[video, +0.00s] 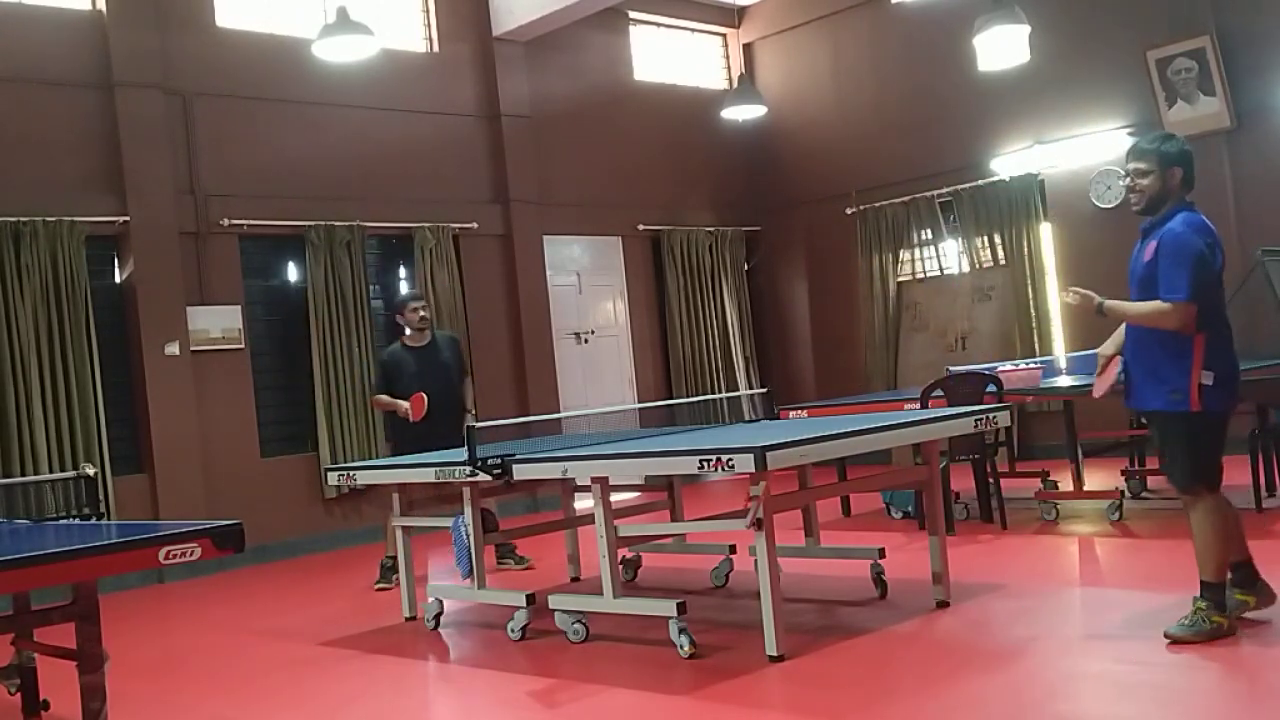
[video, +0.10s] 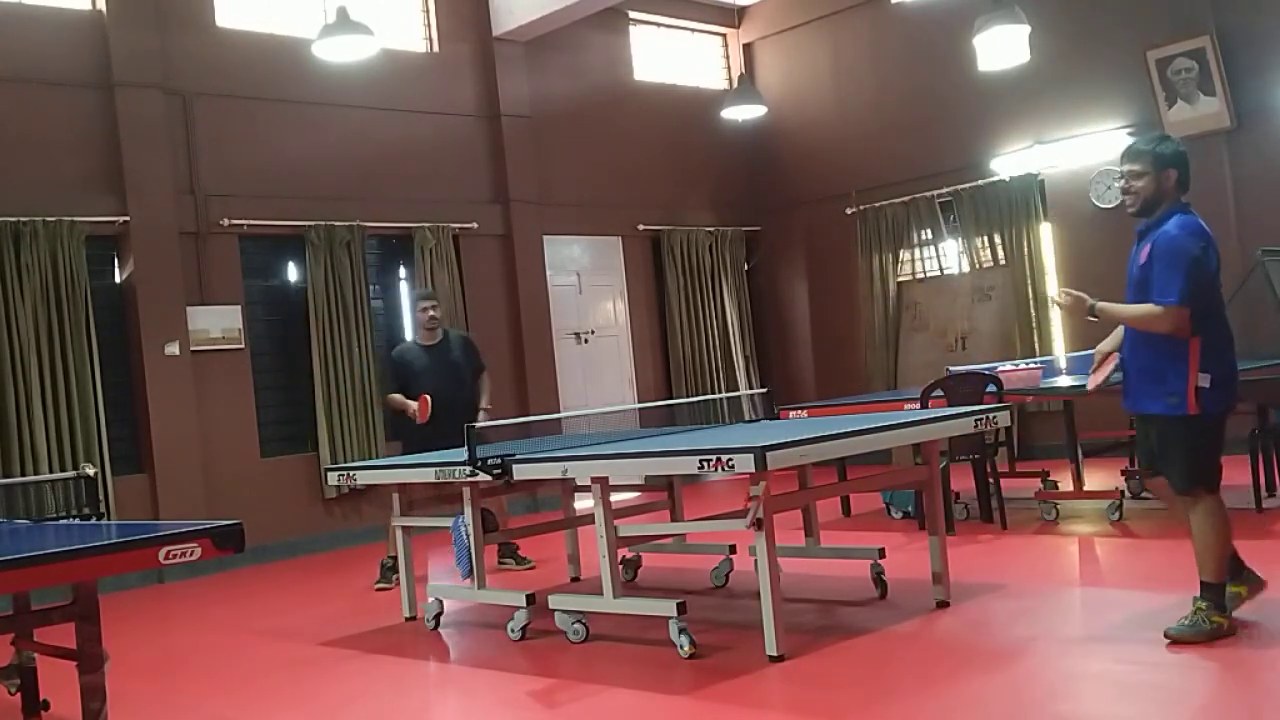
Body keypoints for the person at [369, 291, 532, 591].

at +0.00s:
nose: (423, 314)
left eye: (425, 309)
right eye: (415, 311)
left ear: (430, 312)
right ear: (402, 318)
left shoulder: (450, 343)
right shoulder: (390, 357)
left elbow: (465, 380)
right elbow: (378, 398)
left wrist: (469, 412)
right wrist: (398, 405)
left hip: (452, 437)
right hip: (410, 444)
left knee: (478, 494)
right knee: (401, 502)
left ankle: (503, 549)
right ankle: (390, 562)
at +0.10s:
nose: (430, 314)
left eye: (434, 308)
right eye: (423, 310)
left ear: (441, 312)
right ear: (415, 316)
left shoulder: (462, 343)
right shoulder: (401, 355)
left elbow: (482, 375)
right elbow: (390, 396)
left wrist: (484, 405)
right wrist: (408, 405)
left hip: (465, 436)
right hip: (421, 442)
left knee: (492, 489)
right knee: (404, 499)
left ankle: (506, 548)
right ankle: (391, 562)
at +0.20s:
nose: (441, 313)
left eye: (444, 308)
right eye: (434, 310)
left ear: (451, 311)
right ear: (423, 315)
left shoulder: (470, 342)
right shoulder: (411, 354)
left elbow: (495, 370)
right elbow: (403, 393)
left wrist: (494, 401)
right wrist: (420, 406)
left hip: (473, 434)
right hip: (430, 440)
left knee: (495, 489)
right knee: (408, 499)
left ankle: (506, 548)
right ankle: (394, 561)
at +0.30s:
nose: (447, 313)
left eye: (450, 308)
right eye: (440, 309)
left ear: (456, 310)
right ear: (426, 315)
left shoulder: (474, 341)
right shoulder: (414, 353)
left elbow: (499, 371)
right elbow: (407, 391)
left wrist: (493, 399)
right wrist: (425, 405)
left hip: (474, 432)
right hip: (432, 437)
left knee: (497, 488)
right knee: (413, 497)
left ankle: (507, 548)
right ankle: (397, 561)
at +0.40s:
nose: (448, 313)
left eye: (451, 307)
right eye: (441, 309)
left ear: (456, 310)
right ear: (427, 315)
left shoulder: (473, 342)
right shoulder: (414, 352)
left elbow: (498, 374)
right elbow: (405, 392)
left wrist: (488, 402)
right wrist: (424, 404)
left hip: (472, 434)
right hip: (431, 438)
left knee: (496, 488)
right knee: (411, 498)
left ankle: (507, 549)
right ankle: (396, 561)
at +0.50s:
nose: (446, 312)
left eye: (449, 307)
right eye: (439, 308)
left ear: (454, 311)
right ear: (425, 315)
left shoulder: (471, 345)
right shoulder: (410, 353)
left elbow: (491, 380)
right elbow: (399, 395)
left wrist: (482, 404)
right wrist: (420, 403)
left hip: (470, 437)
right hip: (429, 442)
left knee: (495, 489)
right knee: (410, 501)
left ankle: (507, 548)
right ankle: (395, 561)